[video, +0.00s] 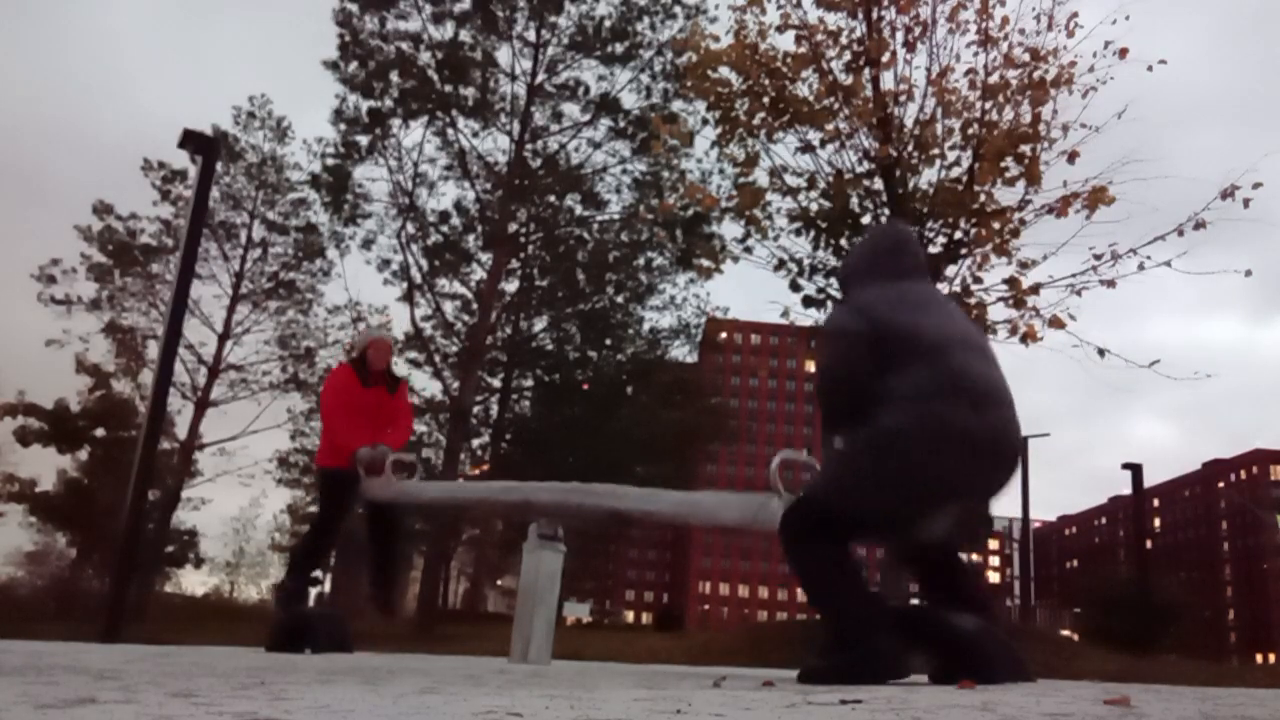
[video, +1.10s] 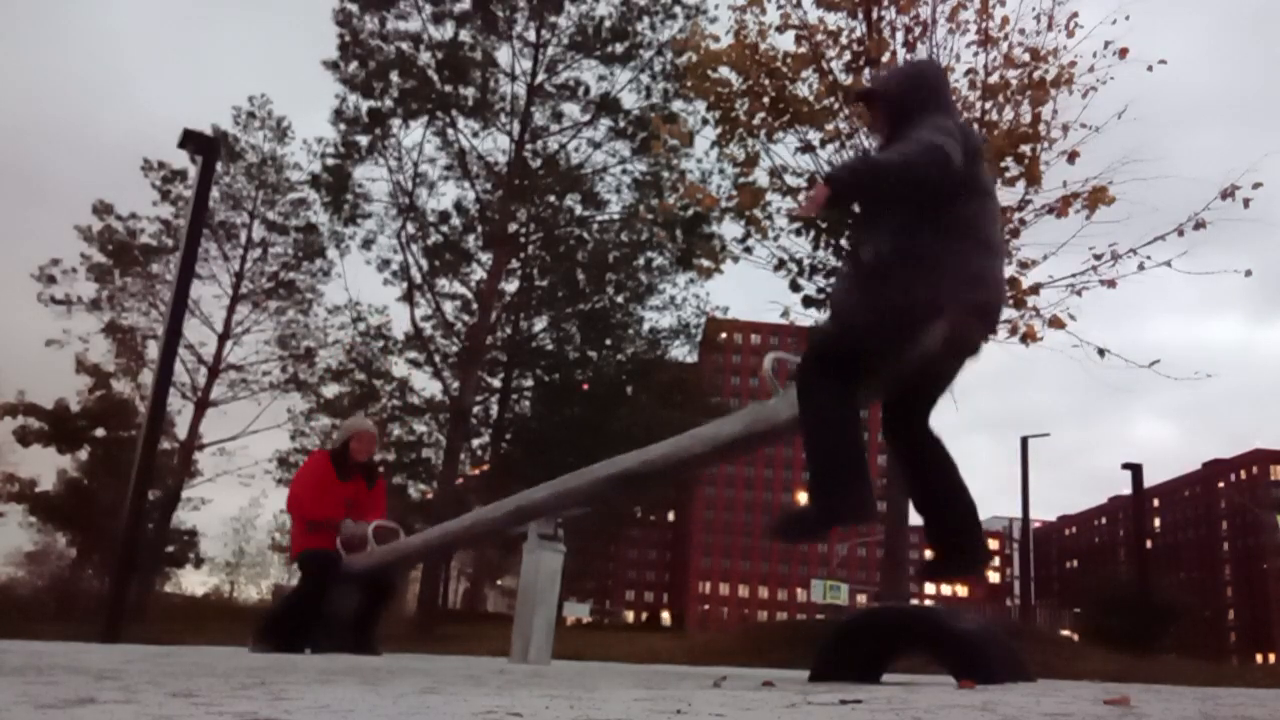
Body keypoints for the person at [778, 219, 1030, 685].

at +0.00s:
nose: (846, 283)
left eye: (849, 274)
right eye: (848, 275)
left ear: (860, 269)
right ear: (916, 266)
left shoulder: (860, 307)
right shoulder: (942, 307)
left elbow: (837, 394)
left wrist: (849, 443)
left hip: (915, 441)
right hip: (993, 443)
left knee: (806, 526)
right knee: (927, 547)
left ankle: (862, 646)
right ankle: (987, 652)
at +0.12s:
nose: (841, 247)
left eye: (844, 239)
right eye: (843, 241)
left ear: (858, 231)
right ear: (907, 225)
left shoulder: (858, 265)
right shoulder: (934, 263)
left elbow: (836, 345)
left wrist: (840, 393)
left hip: (912, 397)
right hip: (989, 397)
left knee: (824, 505)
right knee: (923, 510)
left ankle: (858, 644)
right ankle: (980, 639)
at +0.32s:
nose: (849, 182)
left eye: (851, 173)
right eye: (852, 175)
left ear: (866, 161)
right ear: (913, 158)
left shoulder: (867, 189)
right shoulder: (946, 194)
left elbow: (846, 265)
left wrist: (833, 322)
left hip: (912, 322)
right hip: (985, 328)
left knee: (834, 442)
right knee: (917, 451)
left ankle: (856, 612)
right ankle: (968, 599)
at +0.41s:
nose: (852, 168)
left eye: (856, 159)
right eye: (853, 161)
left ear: (870, 147)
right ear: (918, 139)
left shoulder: (873, 174)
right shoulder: (946, 178)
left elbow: (844, 257)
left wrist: (834, 314)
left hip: (914, 310)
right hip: (985, 318)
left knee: (828, 412)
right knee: (911, 426)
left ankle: (857, 546)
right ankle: (959, 558)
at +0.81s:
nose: (869, 118)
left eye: (873, 107)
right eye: (869, 110)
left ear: (893, 93)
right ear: (930, 88)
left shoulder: (899, 120)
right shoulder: (966, 135)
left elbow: (851, 197)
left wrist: (810, 259)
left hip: (897, 271)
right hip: (965, 282)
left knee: (828, 360)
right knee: (909, 386)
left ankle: (840, 492)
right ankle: (940, 520)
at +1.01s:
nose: (867, 110)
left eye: (873, 98)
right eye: (866, 99)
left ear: (899, 91)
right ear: (926, 89)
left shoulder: (926, 118)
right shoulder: (956, 132)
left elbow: (888, 163)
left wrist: (816, 193)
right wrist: (832, 203)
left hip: (910, 277)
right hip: (964, 287)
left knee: (822, 356)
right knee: (906, 399)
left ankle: (839, 482)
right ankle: (950, 532)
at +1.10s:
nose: (871, 118)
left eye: (878, 106)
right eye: (871, 107)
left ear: (904, 100)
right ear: (926, 98)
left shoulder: (938, 129)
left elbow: (930, 164)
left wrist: (839, 182)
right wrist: (847, 208)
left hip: (925, 295)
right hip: (963, 305)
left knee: (822, 367)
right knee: (905, 415)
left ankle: (838, 496)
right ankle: (961, 549)